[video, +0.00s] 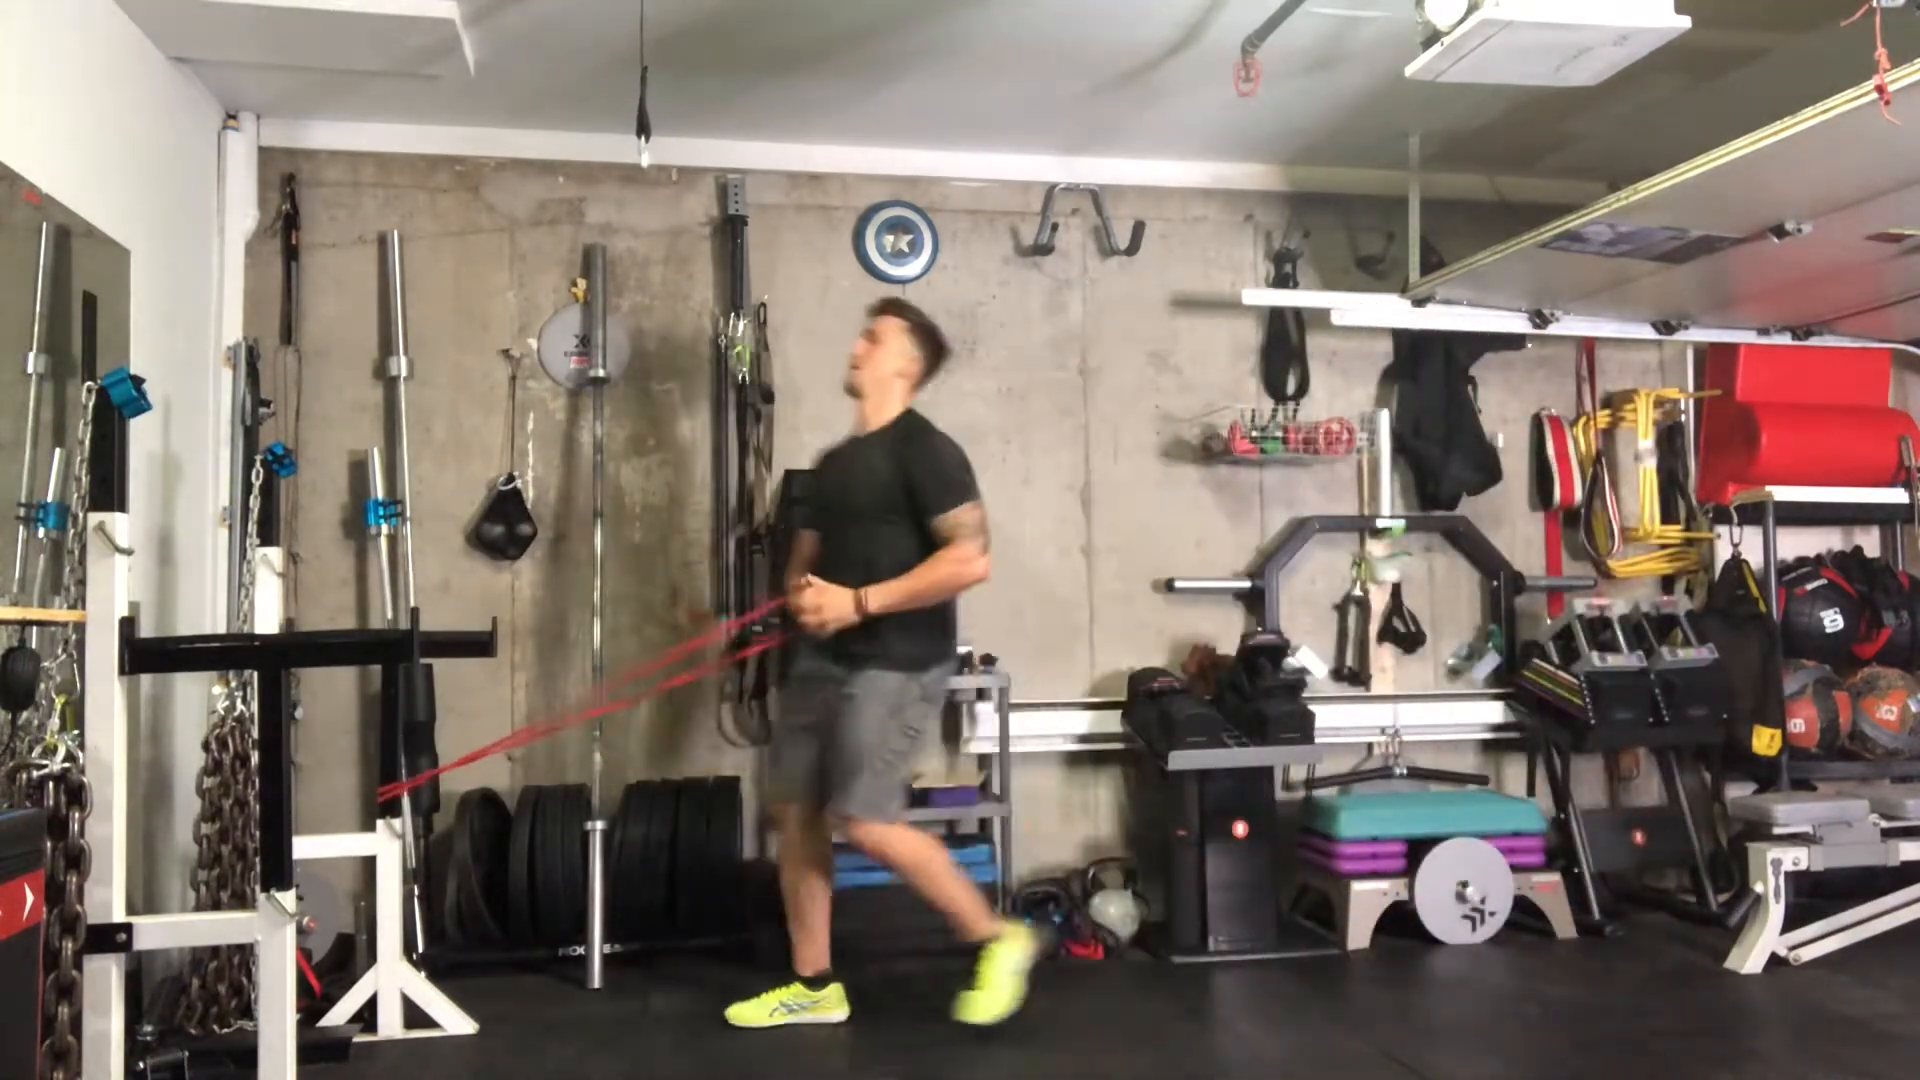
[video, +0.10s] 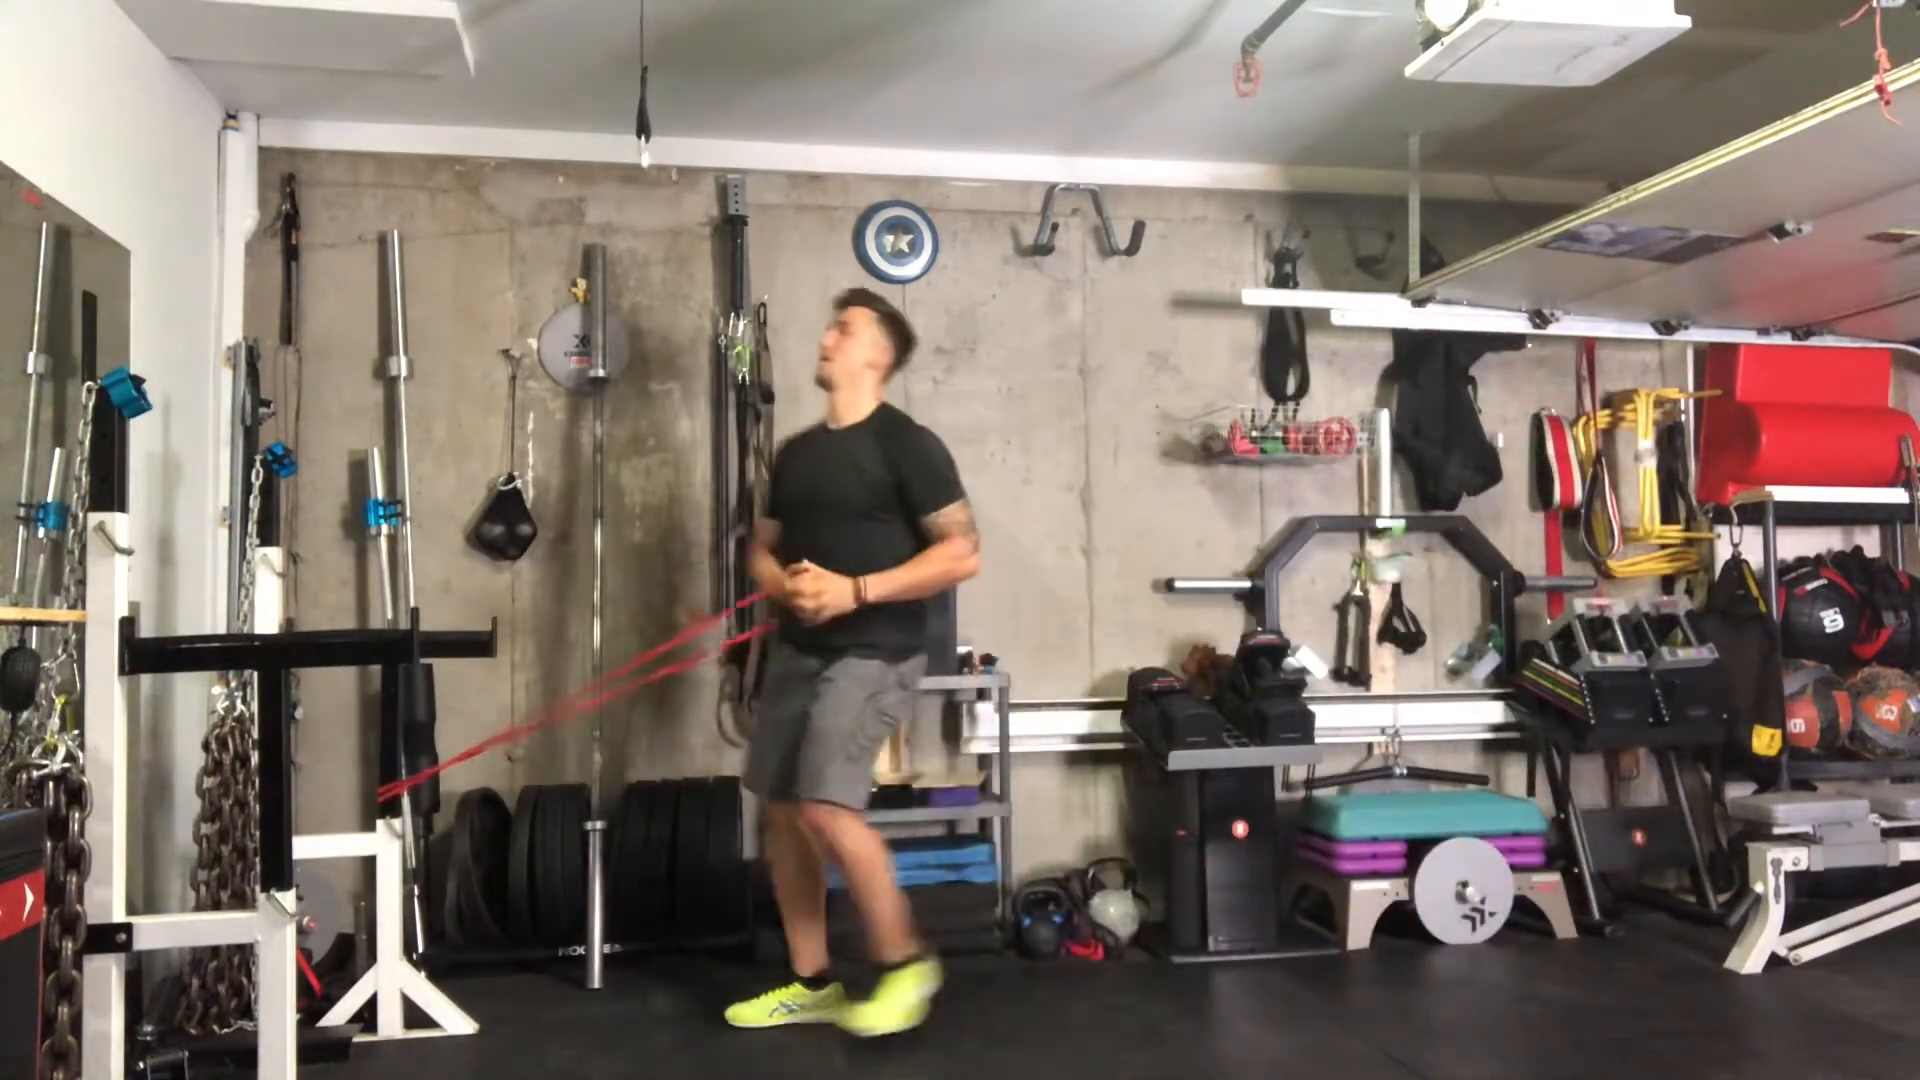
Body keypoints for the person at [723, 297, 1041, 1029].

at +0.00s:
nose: (855, 346)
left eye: (874, 338)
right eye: (861, 335)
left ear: (912, 365)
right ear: (871, 362)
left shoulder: (928, 449)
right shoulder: (831, 464)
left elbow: (969, 559)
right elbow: (800, 564)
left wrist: (860, 600)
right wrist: (803, 595)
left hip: (898, 665)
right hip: (821, 661)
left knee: (864, 813)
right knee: (796, 815)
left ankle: (1000, 937)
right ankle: (815, 983)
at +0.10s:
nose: (825, 336)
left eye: (845, 329)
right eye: (829, 326)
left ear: (885, 357)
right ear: (830, 352)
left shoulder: (912, 445)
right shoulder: (794, 453)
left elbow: (961, 554)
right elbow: (760, 550)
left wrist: (857, 589)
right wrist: (784, 586)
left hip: (876, 653)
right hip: (797, 653)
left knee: (827, 804)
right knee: (780, 808)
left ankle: (906, 964)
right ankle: (811, 980)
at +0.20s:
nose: (808, 336)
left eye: (827, 327)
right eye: (808, 325)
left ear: (866, 354)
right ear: (806, 346)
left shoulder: (899, 447)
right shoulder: (769, 447)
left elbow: (948, 555)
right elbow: (732, 547)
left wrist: (852, 584)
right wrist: (774, 582)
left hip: (851, 657)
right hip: (772, 652)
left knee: (804, 812)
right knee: (765, 812)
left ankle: (804, 987)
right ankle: (807, 977)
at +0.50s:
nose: (792, 357)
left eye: (809, 345)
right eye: (781, 344)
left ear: (834, 364)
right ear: (764, 359)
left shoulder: (868, 468)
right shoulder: (719, 458)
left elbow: (888, 585)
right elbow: (688, 568)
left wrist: (799, 568)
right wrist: (745, 564)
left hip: (813, 674)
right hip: (723, 666)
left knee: (793, 829)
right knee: (674, 814)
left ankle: (783, 997)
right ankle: (728, 952)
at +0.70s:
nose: (757, 366)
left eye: (772, 353)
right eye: (743, 353)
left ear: (796, 370)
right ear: (724, 367)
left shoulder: (832, 472)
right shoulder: (682, 465)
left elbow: (847, 579)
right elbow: (659, 571)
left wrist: (775, 555)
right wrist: (728, 552)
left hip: (794, 681)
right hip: (702, 677)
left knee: (790, 832)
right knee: (659, 833)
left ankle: (784, 1000)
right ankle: (620, 980)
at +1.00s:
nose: (701, 434)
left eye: (717, 420)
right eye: (688, 421)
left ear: (745, 431)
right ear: (672, 432)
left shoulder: (777, 518)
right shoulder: (628, 516)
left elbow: (774, 569)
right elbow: (646, 574)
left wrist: (749, 583)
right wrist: (694, 582)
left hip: (752, 698)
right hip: (657, 702)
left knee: (756, 822)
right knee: (640, 843)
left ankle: (758, 974)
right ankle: (606, 990)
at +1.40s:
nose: (730, 546)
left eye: (743, 531)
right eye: (715, 532)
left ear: (763, 531)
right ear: (691, 533)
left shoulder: (793, 593)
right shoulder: (652, 600)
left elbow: (810, 629)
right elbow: (663, 639)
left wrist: (784, 640)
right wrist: (727, 643)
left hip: (763, 757)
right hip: (676, 753)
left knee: (730, 859)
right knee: (662, 865)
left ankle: (746, 980)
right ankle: (610, 989)